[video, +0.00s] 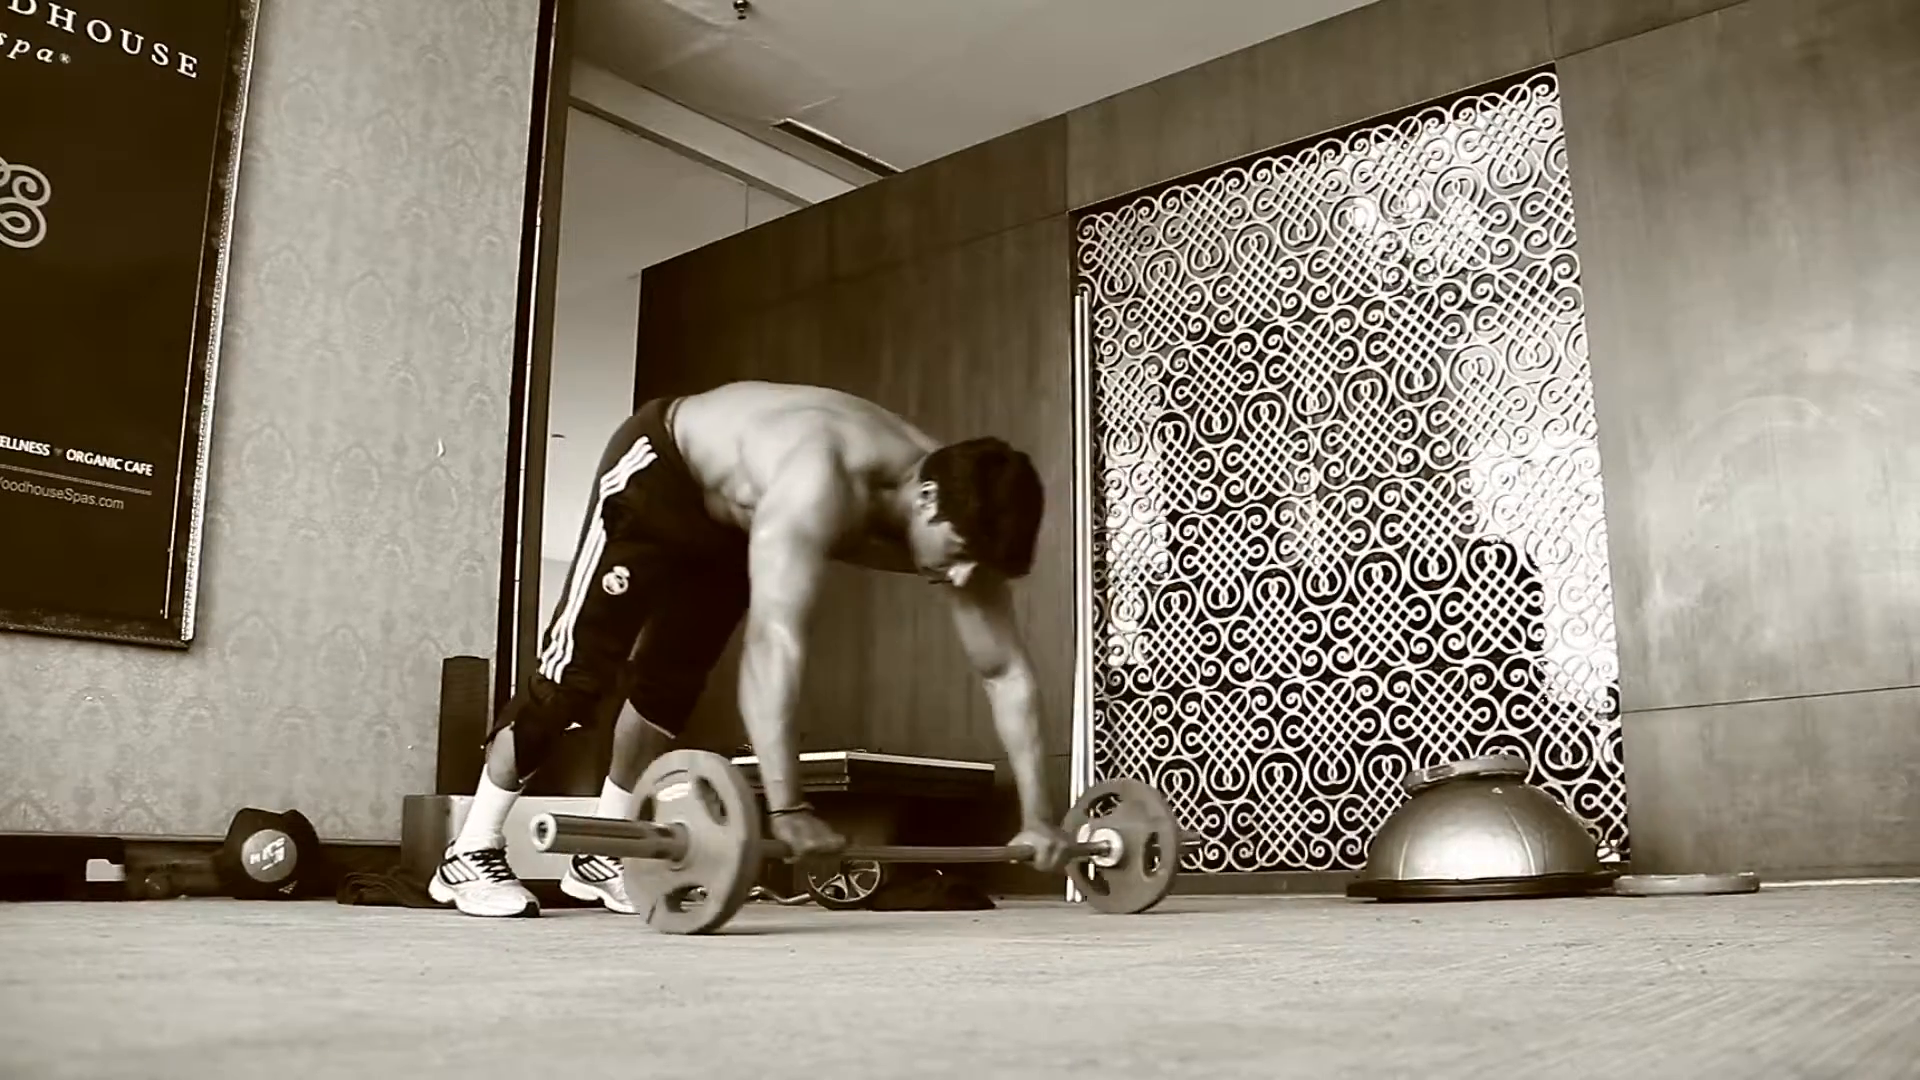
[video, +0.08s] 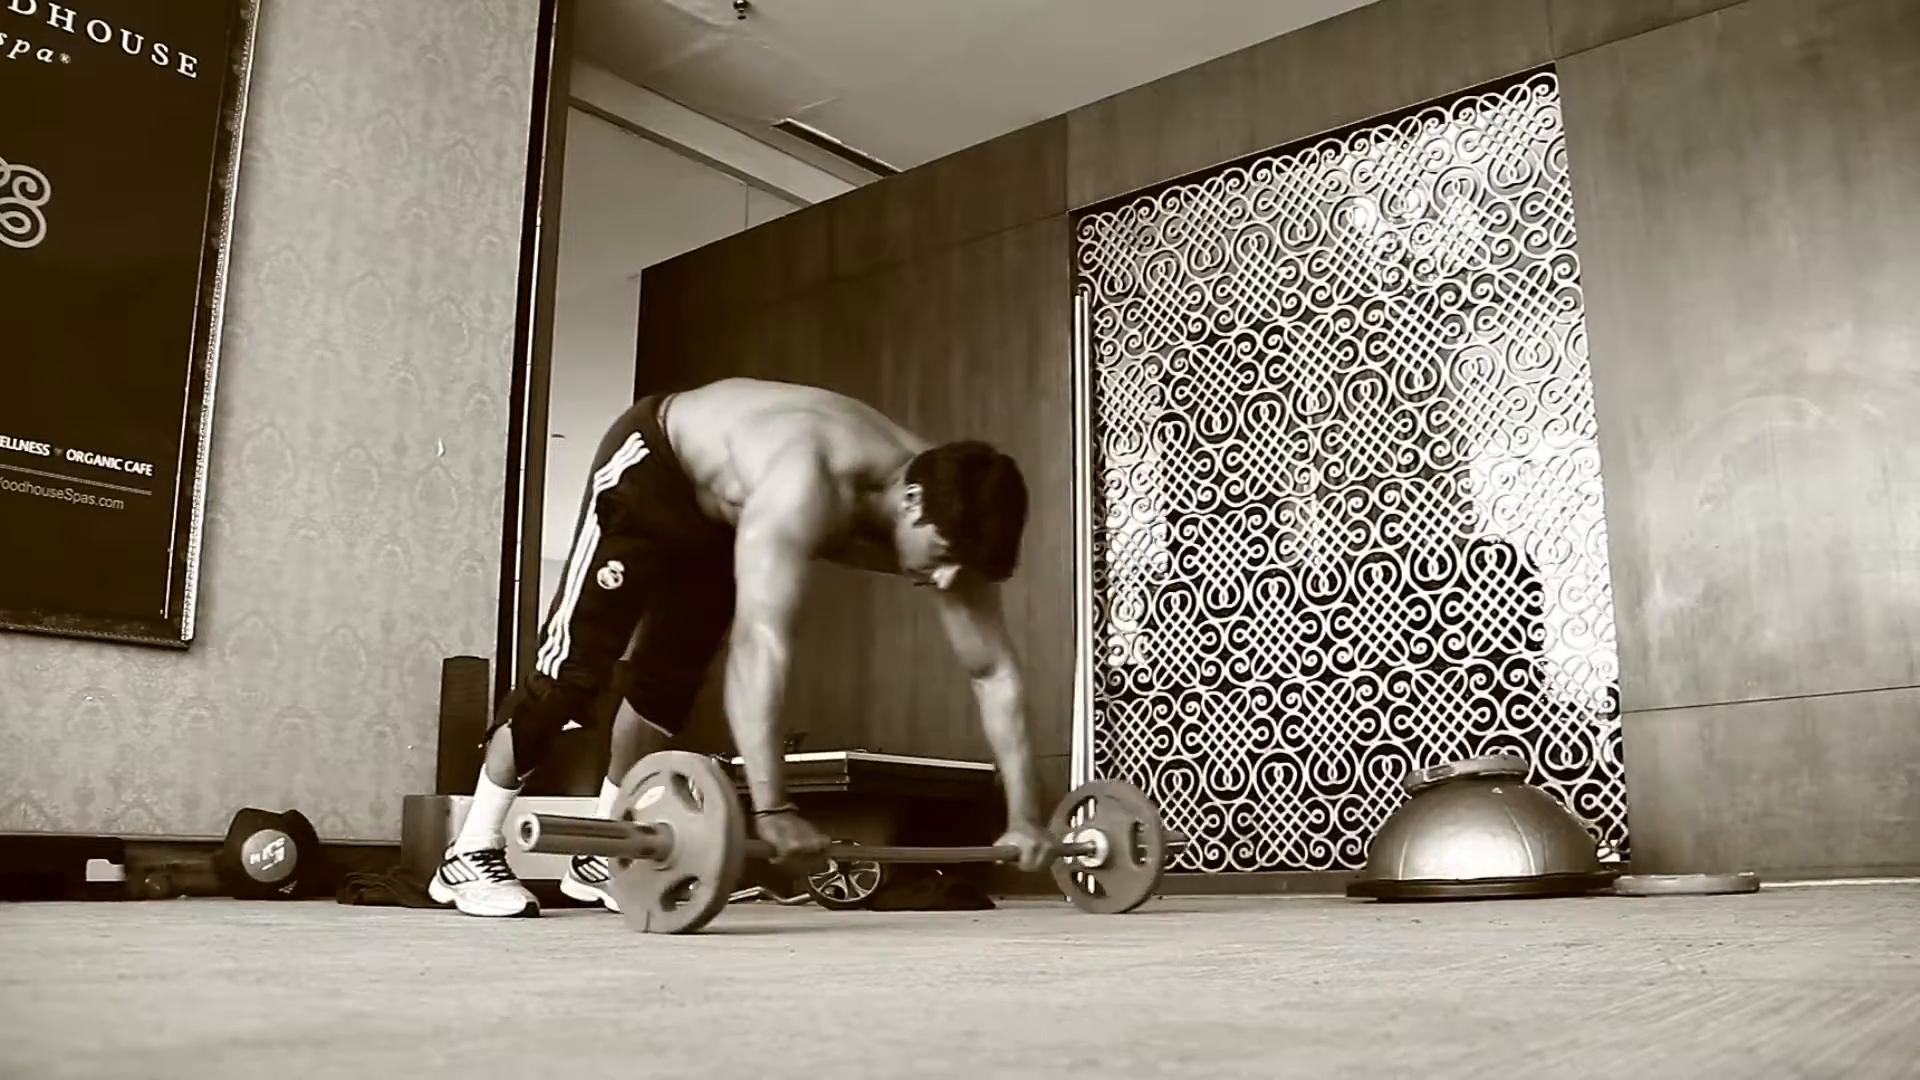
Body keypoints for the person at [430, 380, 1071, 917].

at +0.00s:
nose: (957, 576)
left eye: (977, 566)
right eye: (955, 553)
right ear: (927, 501)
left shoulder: (958, 515)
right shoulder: (817, 481)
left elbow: (1005, 672)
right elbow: (773, 639)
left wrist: (1040, 817)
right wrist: (786, 807)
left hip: (741, 522)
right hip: (661, 472)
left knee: (662, 693)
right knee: (574, 679)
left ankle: (594, 853)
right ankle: (468, 857)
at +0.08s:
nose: (941, 579)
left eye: (961, 569)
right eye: (940, 555)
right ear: (913, 504)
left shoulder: (942, 509)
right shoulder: (803, 480)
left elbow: (993, 671)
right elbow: (759, 639)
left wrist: (1026, 815)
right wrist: (770, 808)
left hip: (731, 512)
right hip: (652, 467)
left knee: (662, 691)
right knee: (573, 674)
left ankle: (607, 855)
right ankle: (471, 855)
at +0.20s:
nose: (922, 583)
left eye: (940, 573)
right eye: (921, 561)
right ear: (892, 506)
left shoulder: (926, 513)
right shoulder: (784, 481)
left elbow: (975, 673)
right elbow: (740, 642)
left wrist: (1005, 819)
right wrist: (750, 808)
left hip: (722, 507)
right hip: (643, 465)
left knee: (660, 687)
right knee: (572, 669)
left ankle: (610, 848)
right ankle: (472, 855)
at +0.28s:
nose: (911, 579)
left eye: (930, 568)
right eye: (909, 557)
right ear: (880, 505)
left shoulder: (919, 513)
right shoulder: (774, 485)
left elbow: (963, 675)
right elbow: (731, 644)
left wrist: (991, 817)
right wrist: (741, 805)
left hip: (715, 506)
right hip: (639, 464)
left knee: (661, 690)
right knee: (570, 671)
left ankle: (599, 848)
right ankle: (471, 856)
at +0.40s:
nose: (898, 582)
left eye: (918, 571)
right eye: (896, 559)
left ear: (943, 552)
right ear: (866, 510)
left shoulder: (908, 515)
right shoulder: (762, 489)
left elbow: (948, 677)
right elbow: (718, 648)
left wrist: (974, 819)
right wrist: (724, 806)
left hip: (709, 504)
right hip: (634, 457)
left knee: (657, 679)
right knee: (567, 665)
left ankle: (610, 850)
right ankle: (470, 858)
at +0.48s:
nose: (887, 586)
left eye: (905, 577)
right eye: (887, 565)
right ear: (860, 512)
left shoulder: (895, 511)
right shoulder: (756, 489)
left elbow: (939, 679)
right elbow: (710, 648)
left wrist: (966, 819)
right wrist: (713, 805)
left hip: (704, 503)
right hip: (629, 458)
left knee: (654, 678)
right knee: (564, 663)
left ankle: (611, 849)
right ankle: (468, 858)